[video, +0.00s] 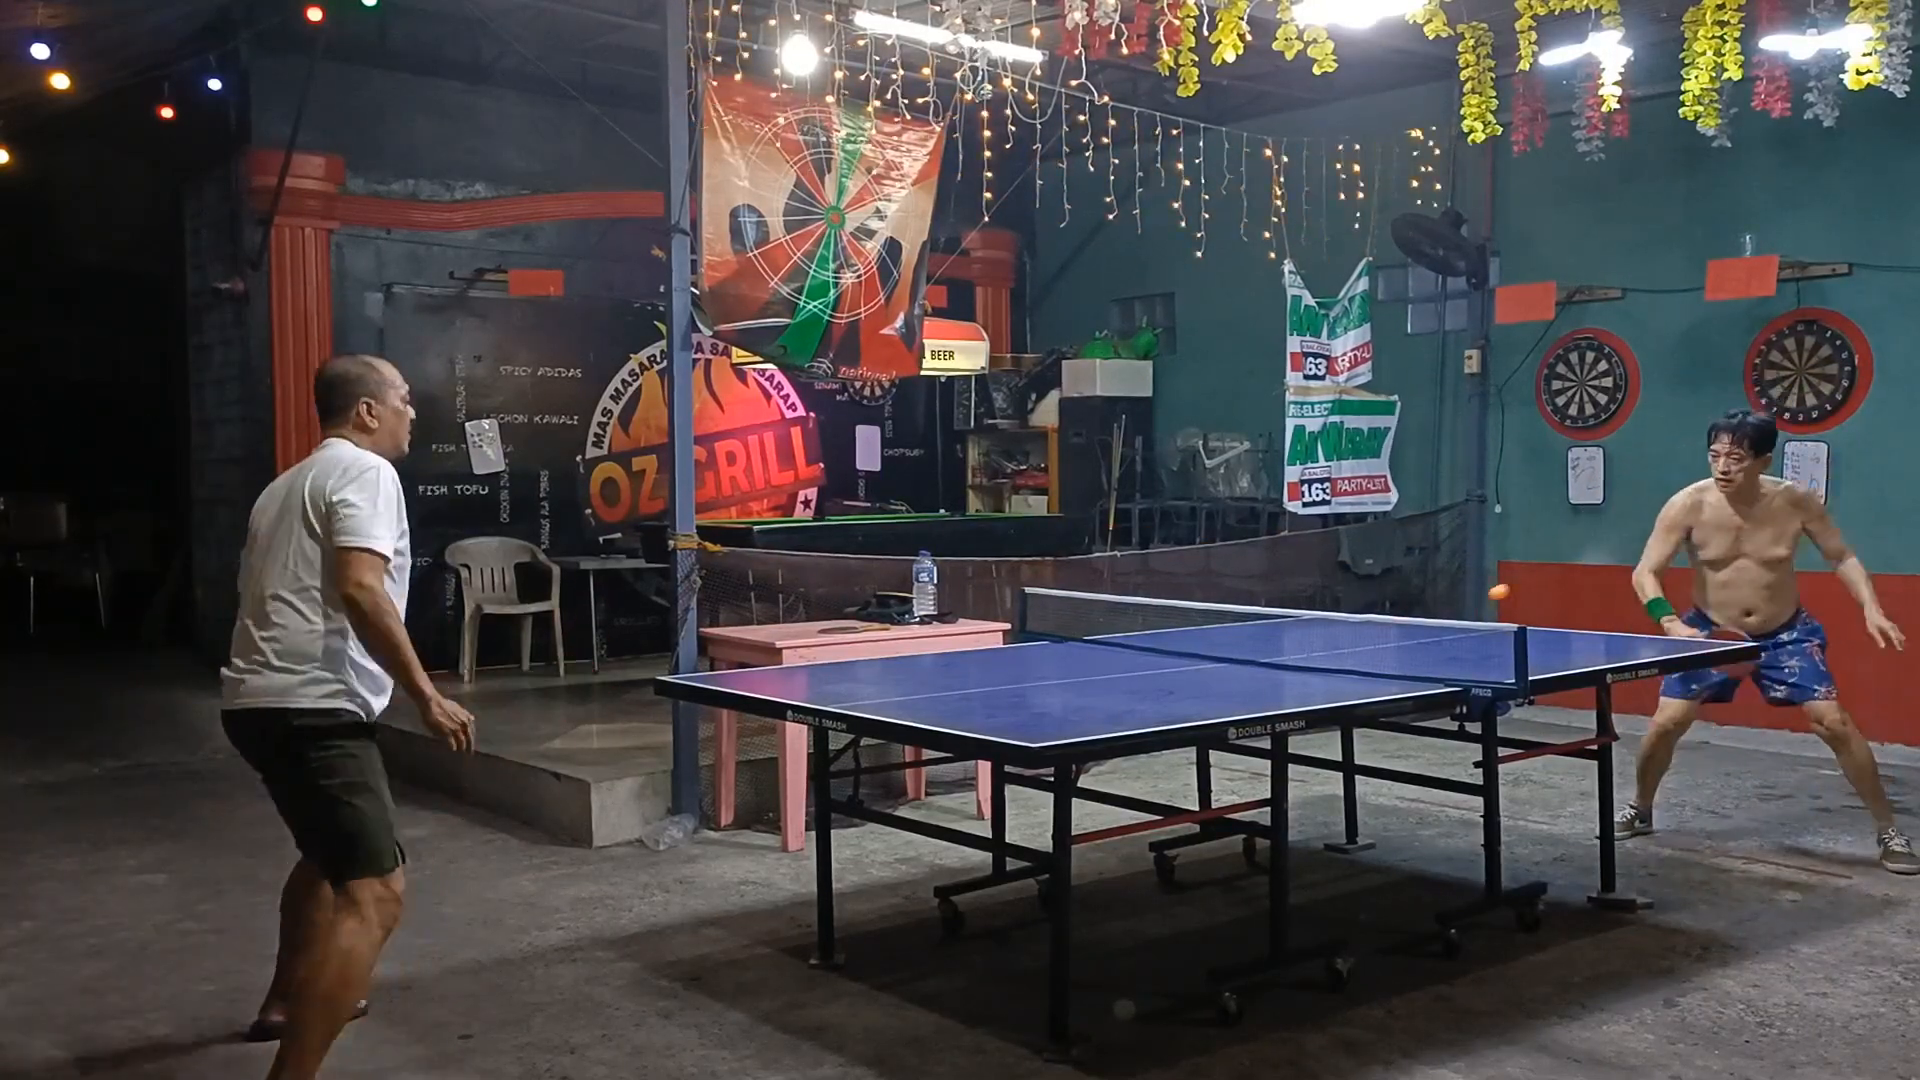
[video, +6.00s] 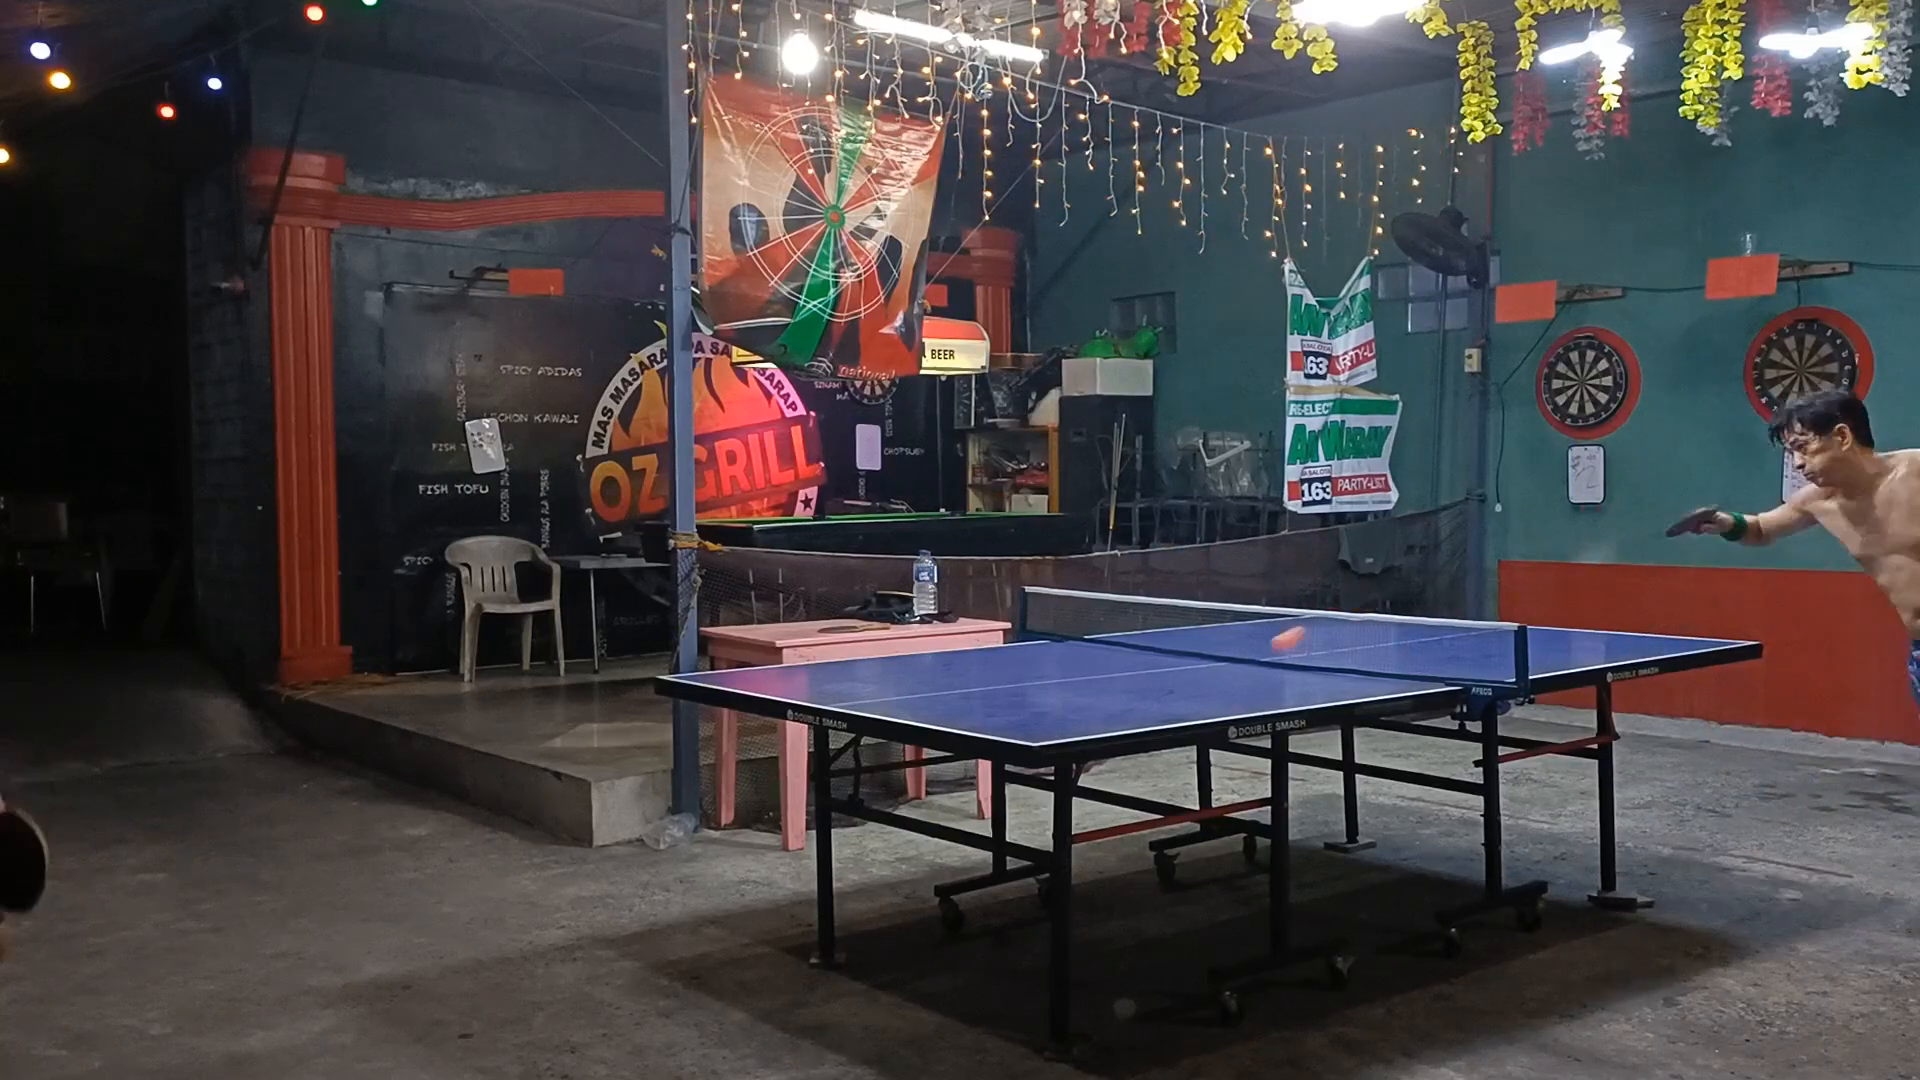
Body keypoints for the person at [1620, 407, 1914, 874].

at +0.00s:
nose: (1723, 464)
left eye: (1736, 456)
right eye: (1717, 454)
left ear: (1761, 460)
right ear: (1709, 454)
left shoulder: (1796, 501)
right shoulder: (1688, 504)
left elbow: (1840, 557)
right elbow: (1644, 573)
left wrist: (1871, 608)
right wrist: (1670, 622)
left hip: (1785, 637)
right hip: (1709, 636)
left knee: (1834, 724)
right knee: (1665, 724)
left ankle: (1889, 832)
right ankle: (1641, 812)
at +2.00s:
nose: (1524, 440)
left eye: (1534, 431)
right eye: (1520, 431)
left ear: (1562, 434)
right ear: (1516, 432)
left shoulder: (1579, 466)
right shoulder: (1535, 478)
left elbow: (1639, 492)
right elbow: (1504, 508)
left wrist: (1610, 534)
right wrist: (1452, 513)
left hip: (1612, 593)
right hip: (1571, 601)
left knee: (1581, 679)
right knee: (1543, 684)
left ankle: (1672, 772)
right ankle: (1566, 778)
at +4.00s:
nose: (1578, 454)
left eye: (1586, 443)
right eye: (1575, 445)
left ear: (1620, 439)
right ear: (1611, 444)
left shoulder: (1648, 475)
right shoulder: (1633, 483)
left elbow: (1614, 555)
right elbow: (1610, 542)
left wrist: (1548, 608)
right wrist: (1545, 544)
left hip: (1705, 621)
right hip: (1660, 626)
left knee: (1711, 738)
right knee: (1594, 692)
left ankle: (1809, 842)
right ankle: (1618, 805)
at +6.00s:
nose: (1797, 462)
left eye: (1804, 447)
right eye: (1792, 451)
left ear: (1843, 437)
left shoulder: (1912, 469)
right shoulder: (1815, 500)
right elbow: (1761, 528)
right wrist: (1729, 524)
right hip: (1918, 653)